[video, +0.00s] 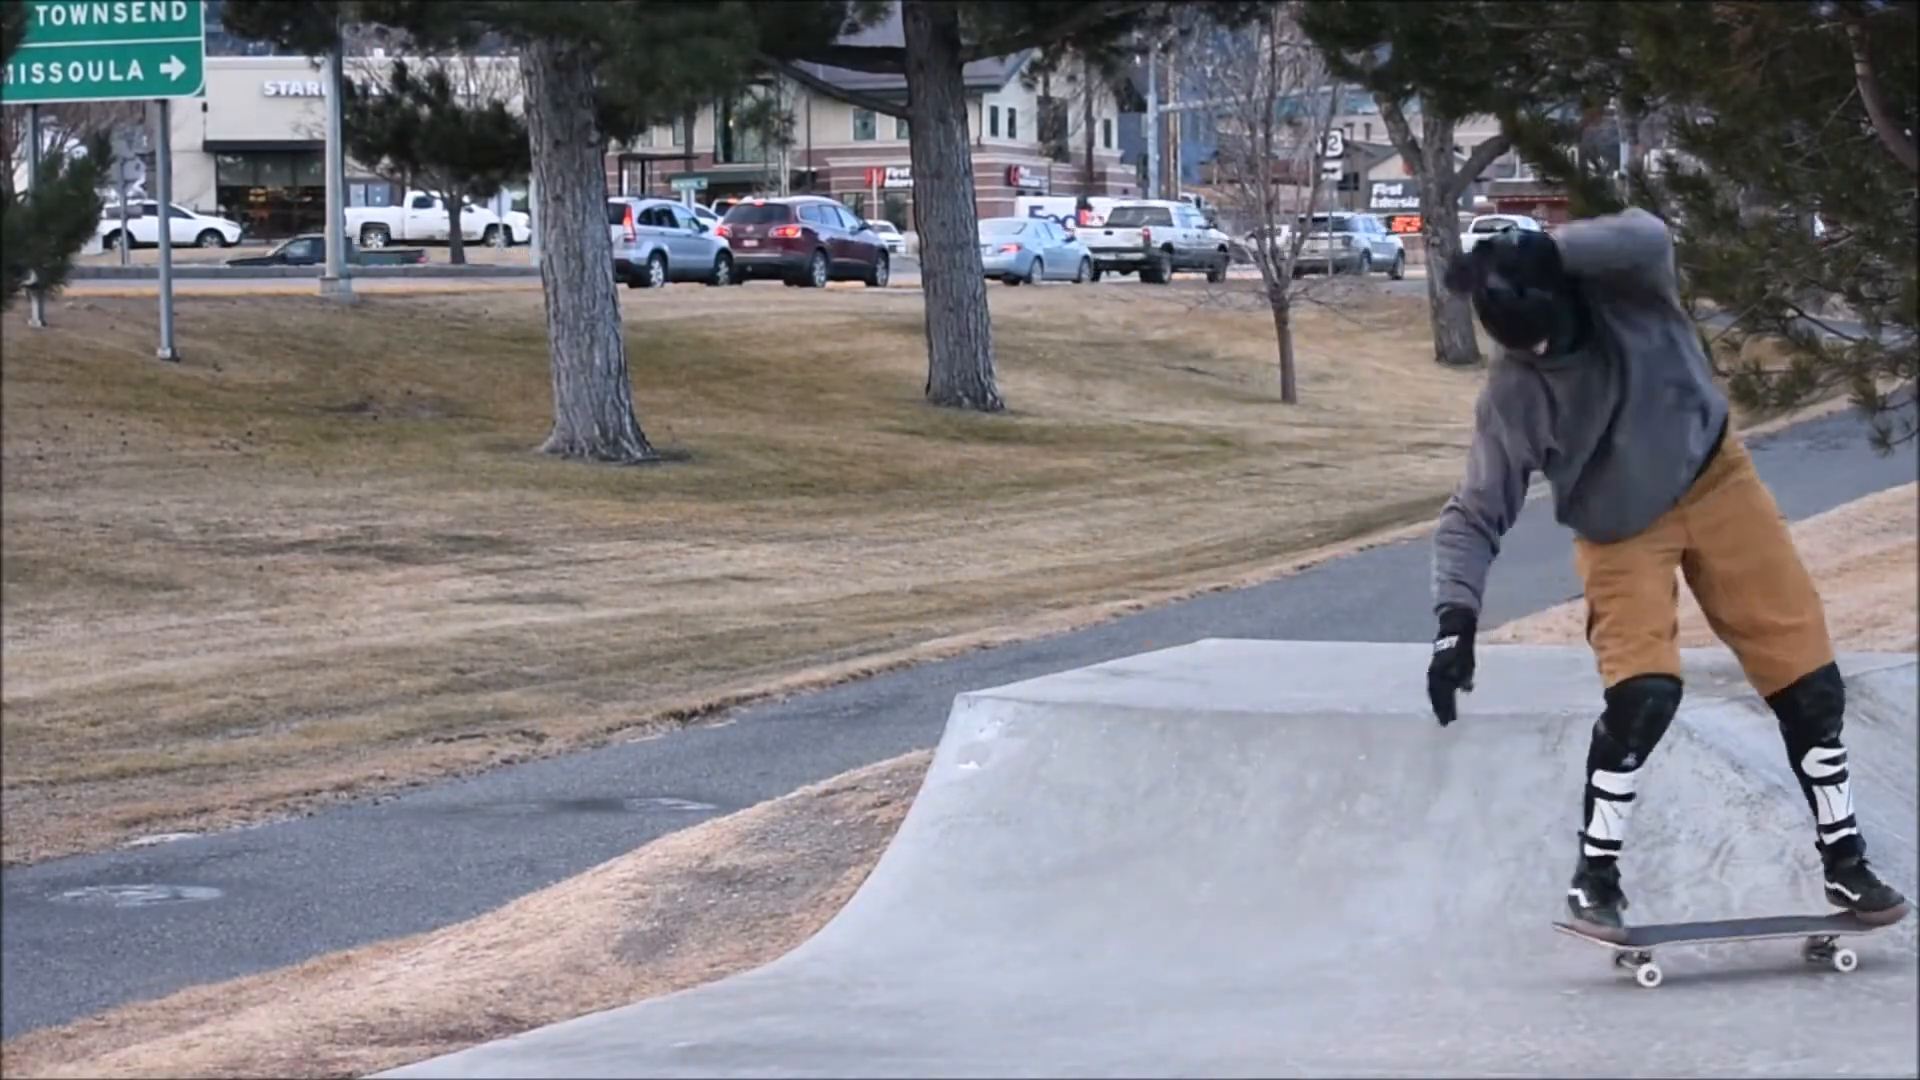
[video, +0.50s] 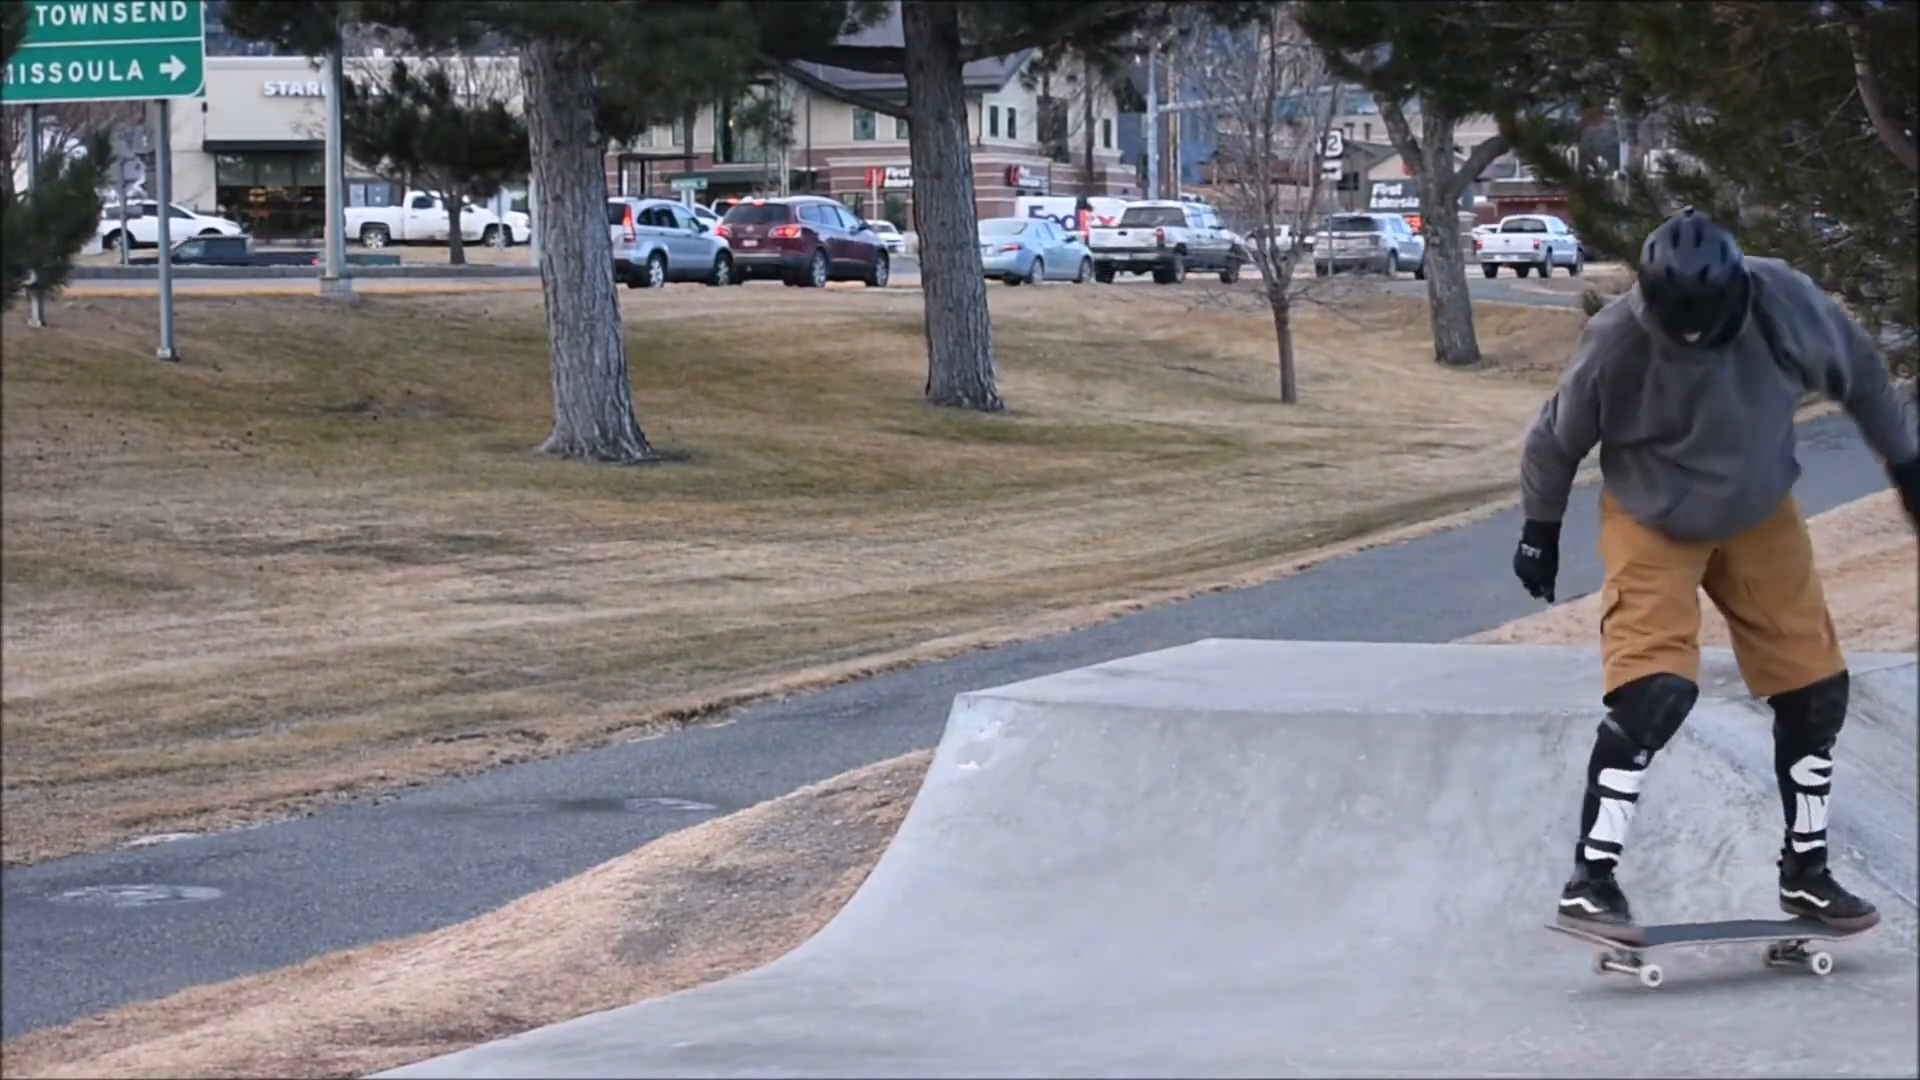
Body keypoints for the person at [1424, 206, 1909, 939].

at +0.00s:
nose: (1551, 350)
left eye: (1554, 332)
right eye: (1532, 345)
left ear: (1566, 295)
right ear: (1507, 341)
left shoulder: (1630, 292)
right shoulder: (1511, 398)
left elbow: (1648, 239)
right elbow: (1473, 518)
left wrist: (1546, 251)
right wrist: (1454, 623)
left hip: (1719, 484)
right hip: (1620, 532)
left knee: (1811, 687)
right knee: (1644, 696)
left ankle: (1845, 862)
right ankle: (1596, 874)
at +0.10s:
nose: (1565, 344)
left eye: (1576, 325)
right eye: (1545, 335)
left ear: (1594, 296)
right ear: (1524, 336)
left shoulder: (1644, 285)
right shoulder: (1525, 404)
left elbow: (1677, 325)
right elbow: (1486, 518)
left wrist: (1575, 332)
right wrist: (1461, 627)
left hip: (1737, 500)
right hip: (1635, 539)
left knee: (1818, 695)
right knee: (1666, 700)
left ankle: (1837, 864)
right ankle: (1616, 890)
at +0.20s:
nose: (1604, 390)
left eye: (1612, 372)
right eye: (1587, 384)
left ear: (1632, 329)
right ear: (1553, 364)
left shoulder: (1682, 320)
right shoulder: (1547, 405)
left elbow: (1719, 449)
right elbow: (1512, 513)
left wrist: (1638, 471)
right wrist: (1499, 617)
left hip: (1737, 493)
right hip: (1631, 523)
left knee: (1822, 689)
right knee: (1657, 698)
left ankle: (1832, 863)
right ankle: (1606, 891)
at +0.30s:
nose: (1634, 389)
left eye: (1645, 373)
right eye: (1617, 379)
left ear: (1671, 333)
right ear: (1588, 354)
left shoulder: (1724, 338)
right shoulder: (1576, 386)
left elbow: (1772, 474)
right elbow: (1535, 486)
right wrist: (1531, 584)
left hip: (1742, 523)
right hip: (1635, 535)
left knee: (1822, 697)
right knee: (1645, 702)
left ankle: (1823, 869)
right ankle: (1595, 891)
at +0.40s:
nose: (1676, 365)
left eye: (1688, 350)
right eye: (1660, 356)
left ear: (1713, 313)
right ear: (1629, 332)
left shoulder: (1763, 328)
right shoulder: (1600, 363)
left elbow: (1830, 439)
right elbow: (1546, 458)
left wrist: (1858, 555)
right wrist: (1541, 552)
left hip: (1751, 513)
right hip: (1641, 526)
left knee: (1823, 696)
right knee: (1644, 704)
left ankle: (1809, 871)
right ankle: (1581, 891)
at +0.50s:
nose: (1695, 341)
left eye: (1710, 328)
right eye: (1679, 329)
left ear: (1739, 292)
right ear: (1651, 301)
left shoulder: (1787, 305)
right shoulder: (1619, 338)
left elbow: (1864, 377)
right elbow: (1556, 436)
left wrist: (1906, 467)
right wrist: (1538, 531)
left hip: (1759, 507)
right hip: (1649, 516)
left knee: (1815, 693)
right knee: (1654, 693)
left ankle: (1805, 870)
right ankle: (1591, 880)